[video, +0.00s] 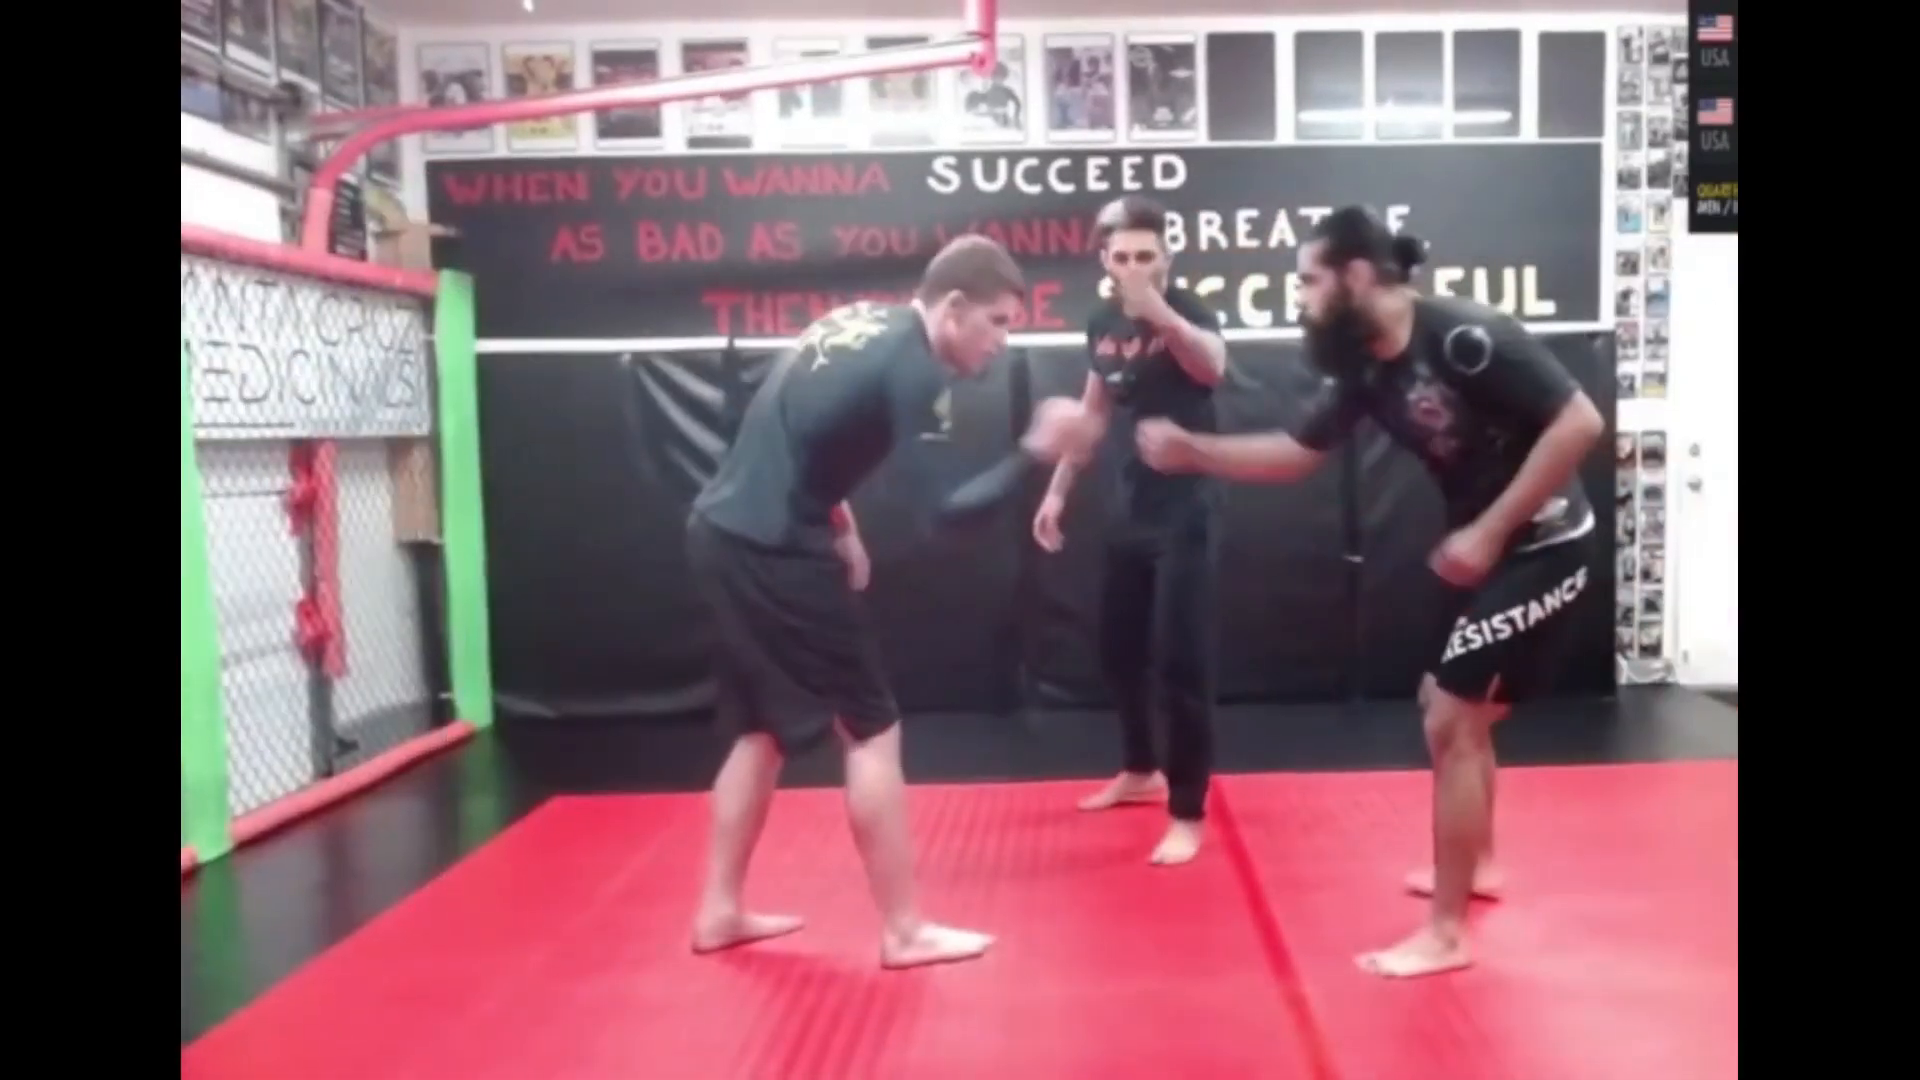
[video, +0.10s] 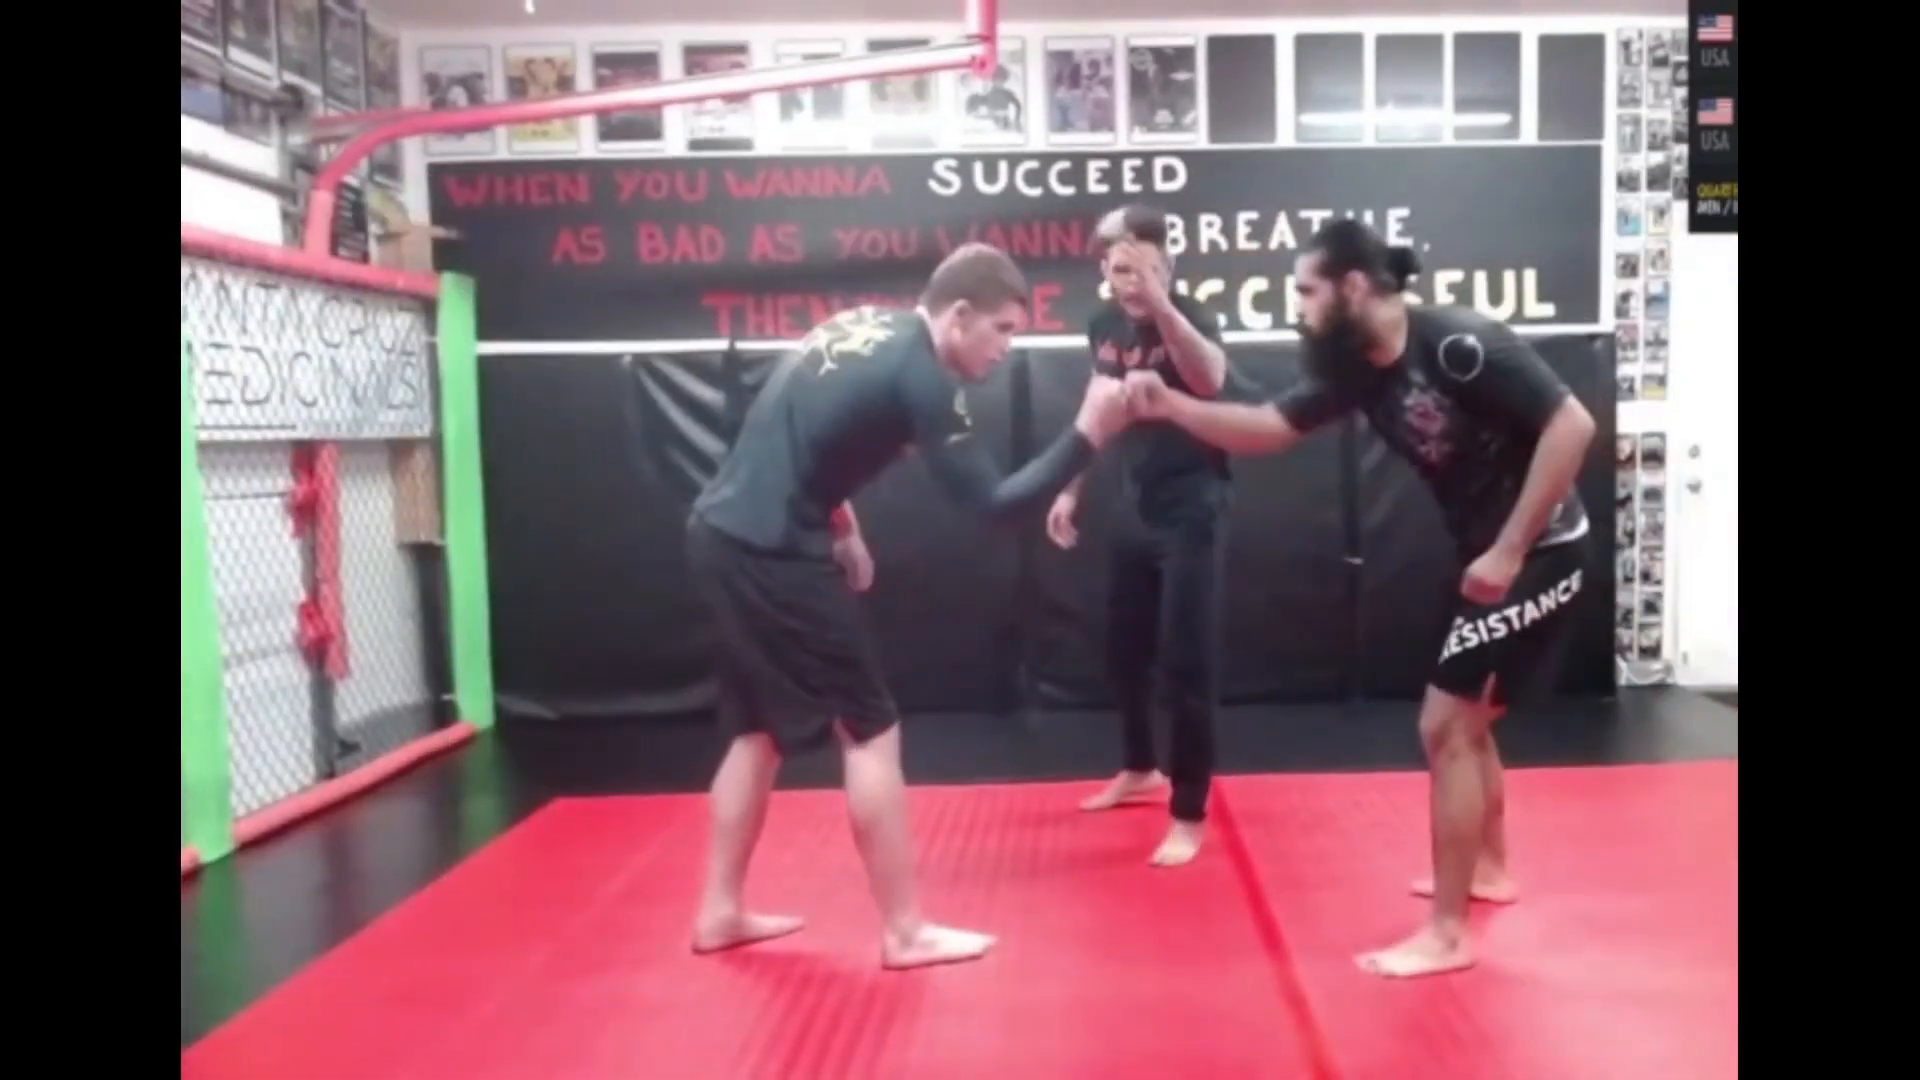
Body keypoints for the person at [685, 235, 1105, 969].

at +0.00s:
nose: (1002, 342)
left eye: (1007, 326)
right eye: (998, 322)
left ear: (940, 306)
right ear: (950, 305)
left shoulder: (868, 323)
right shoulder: (913, 363)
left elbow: (797, 428)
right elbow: (943, 509)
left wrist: (839, 522)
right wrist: (1033, 452)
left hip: (720, 525)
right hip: (779, 543)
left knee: (761, 729)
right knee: (872, 728)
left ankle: (719, 910)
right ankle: (903, 928)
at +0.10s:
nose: (1008, 348)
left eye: (1013, 332)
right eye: (1003, 329)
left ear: (947, 313)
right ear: (956, 313)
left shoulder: (871, 328)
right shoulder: (922, 372)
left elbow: (789, 422)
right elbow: (993, 500)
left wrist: (840, 519)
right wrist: (1088, 433)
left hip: (719, 526)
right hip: (774, 545)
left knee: (757, 731)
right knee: (871, 728)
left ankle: (719, 910)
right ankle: (904, 930)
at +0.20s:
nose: (1007, 347)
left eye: (1012, 332)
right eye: (1003, 329)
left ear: (946, 312)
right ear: (956, 312)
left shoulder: (870, 327)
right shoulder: (920, 370)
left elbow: (791, 425)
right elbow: (989, 497)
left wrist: (838, 519)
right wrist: (1079, 435)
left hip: (718, 526)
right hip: (776, 545)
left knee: (759, 730)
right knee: (871, 728)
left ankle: (718, 911)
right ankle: (905, 929)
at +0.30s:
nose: (1007, 339)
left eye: (1011, 323)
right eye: (1003, 320)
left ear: (943, 305)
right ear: (955, 305)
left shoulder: (868, 323)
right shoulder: (916, 365)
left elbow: (795, 427)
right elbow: (946, 510)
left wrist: (839, 522)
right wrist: (1056, 469)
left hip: (722, 525)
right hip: (780, 544)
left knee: (760, 730)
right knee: (871, 729)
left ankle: (719, 912)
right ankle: (905, 929)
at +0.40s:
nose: (1004, 325)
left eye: (1007, 309)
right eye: (997, 308)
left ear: (938, 297)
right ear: (947, 298)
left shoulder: (858, 322)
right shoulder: (905, 354)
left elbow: (786, 448)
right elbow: (852, 497)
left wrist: (842, 534)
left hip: (724, 529)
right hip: (782, 544)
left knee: (763, 729)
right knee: (880, 729)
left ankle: (719, 911)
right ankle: (905, 929)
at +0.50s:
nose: (1003, 325)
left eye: (1006, 309)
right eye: (996, 307)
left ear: (938, 298)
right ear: (948, 298)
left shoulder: (858, 324)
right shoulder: (901, 353)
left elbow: (792, 459)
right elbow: (834, 491)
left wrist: (850, 537)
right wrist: (946, 540)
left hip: (726, 530)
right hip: (782, 544)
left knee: (765, 730)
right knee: (888, 727)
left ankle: (719, 913)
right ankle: (906, 929)